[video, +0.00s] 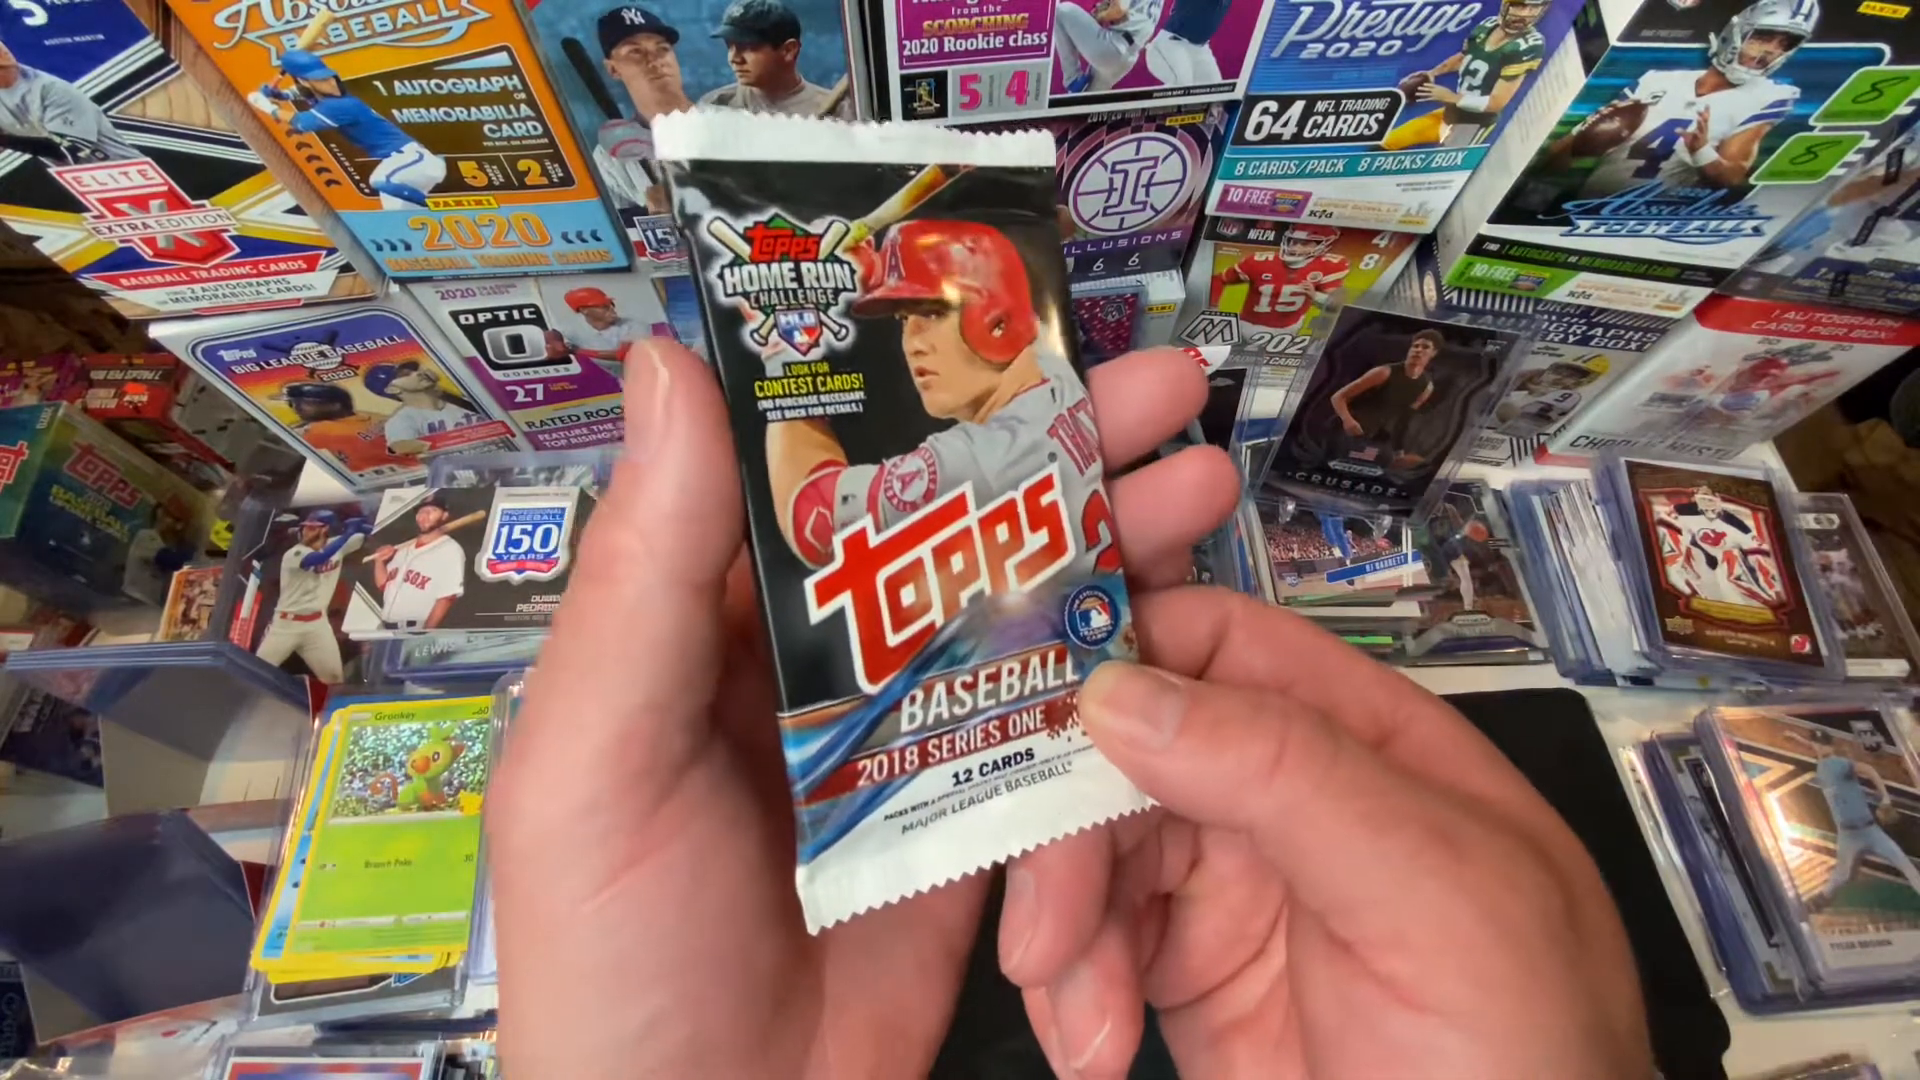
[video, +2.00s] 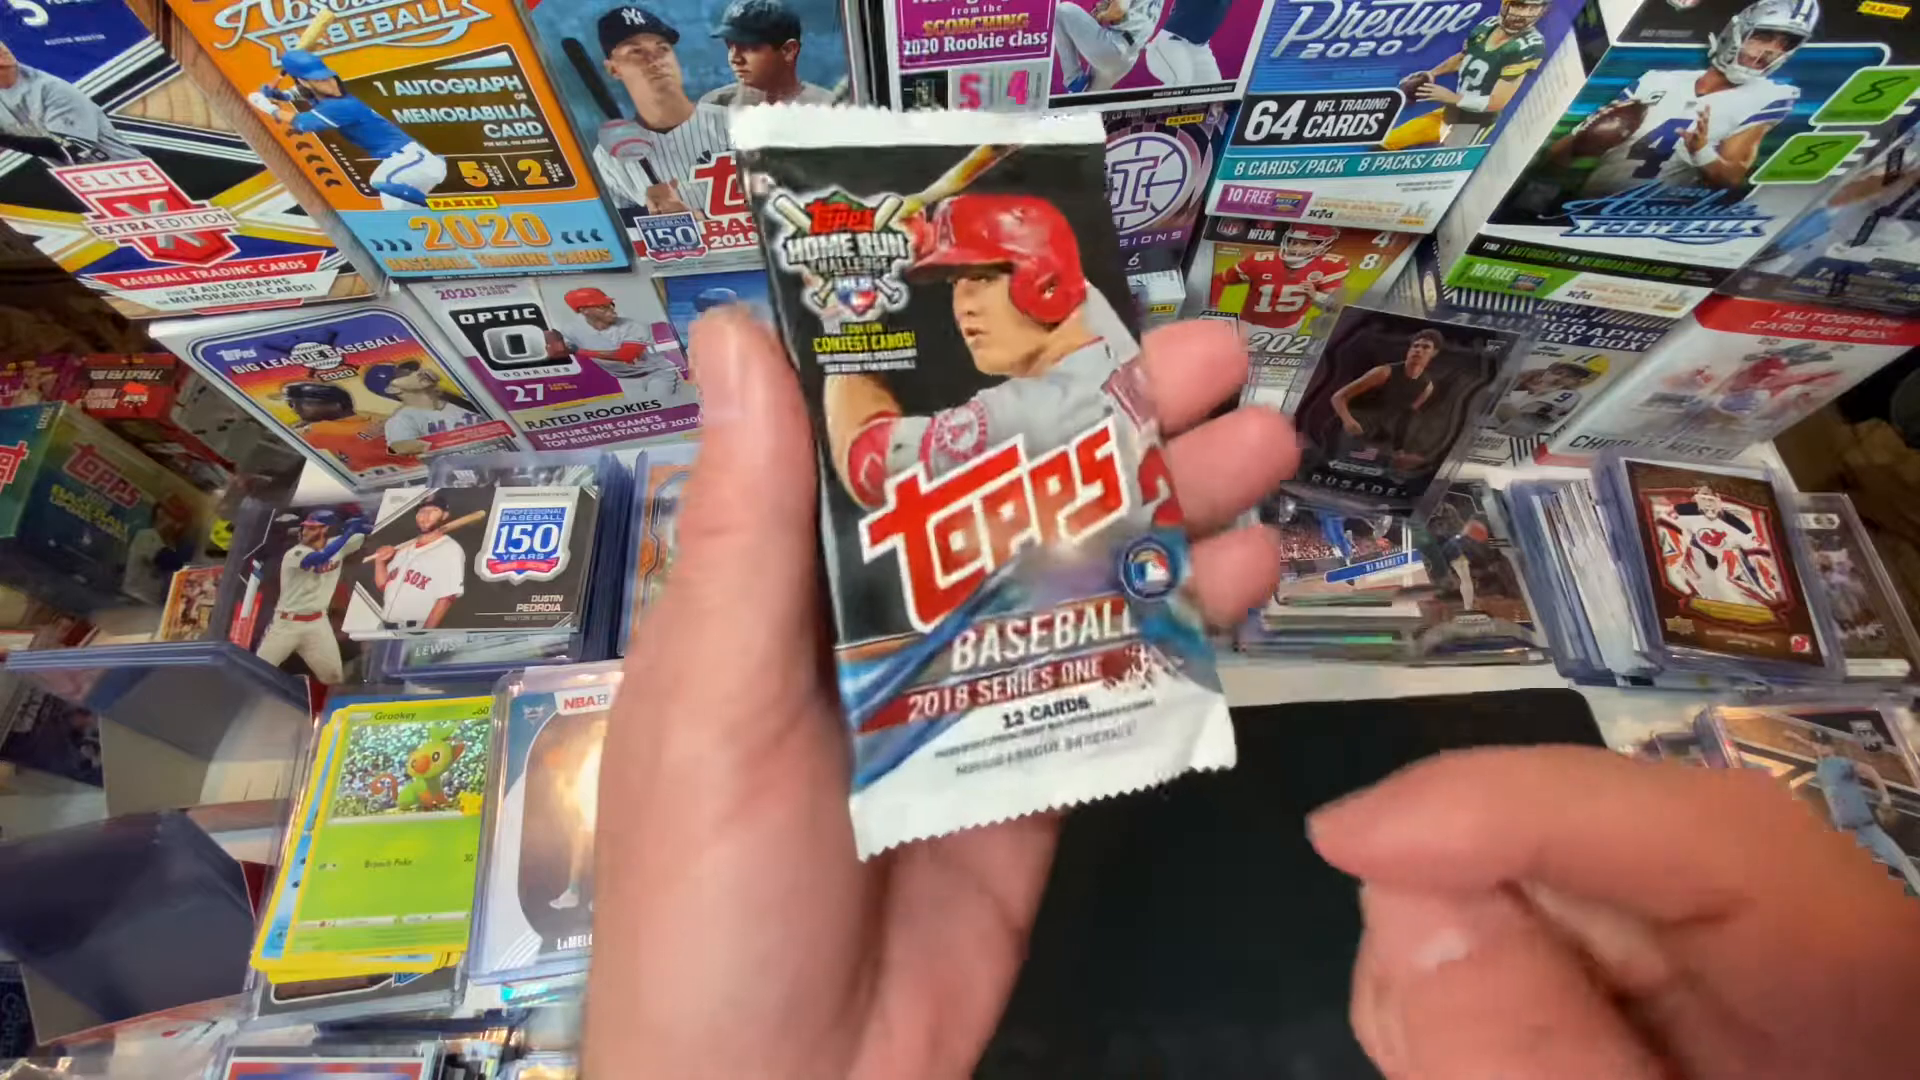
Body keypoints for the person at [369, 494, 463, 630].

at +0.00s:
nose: (424, 516)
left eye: (431, 511)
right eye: (421, 511)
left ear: (444, 515)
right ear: (416, 516)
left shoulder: (451, 550)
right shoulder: (405, 548)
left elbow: (446, 598)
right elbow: (382, 585)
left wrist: (425, 633)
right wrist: (379, 561)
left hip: (415, 630)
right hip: (385, 627)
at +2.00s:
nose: (426, 517)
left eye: (433, 511)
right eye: (422, 511)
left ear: (444, 515)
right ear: (416, 515)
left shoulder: (451, 550)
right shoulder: (405, 548)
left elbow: (446, 599)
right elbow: (383, 586)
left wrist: (424, 634)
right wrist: (380, 562)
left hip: (415, 631)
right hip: (386, 627)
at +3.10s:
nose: (425, 517)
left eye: (432, 511)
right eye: (422, 511)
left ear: (444, 516)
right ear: (416, 515)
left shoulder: (451, 550)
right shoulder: (405, 548)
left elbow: (446, 599)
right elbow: (381, 584)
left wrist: (424, 634)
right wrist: (379, 561)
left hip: (416, 631)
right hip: (386, 627)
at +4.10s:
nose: (426, 516)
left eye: (433, 511)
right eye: (422, 511)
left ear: (444, 515)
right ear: (416, 515)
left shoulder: (450, 550)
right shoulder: (405, 548)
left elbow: (447, 598)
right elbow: (382, 586)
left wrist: (424, 634)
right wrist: (379, 561)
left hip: (416, 630)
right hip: (386, 627)